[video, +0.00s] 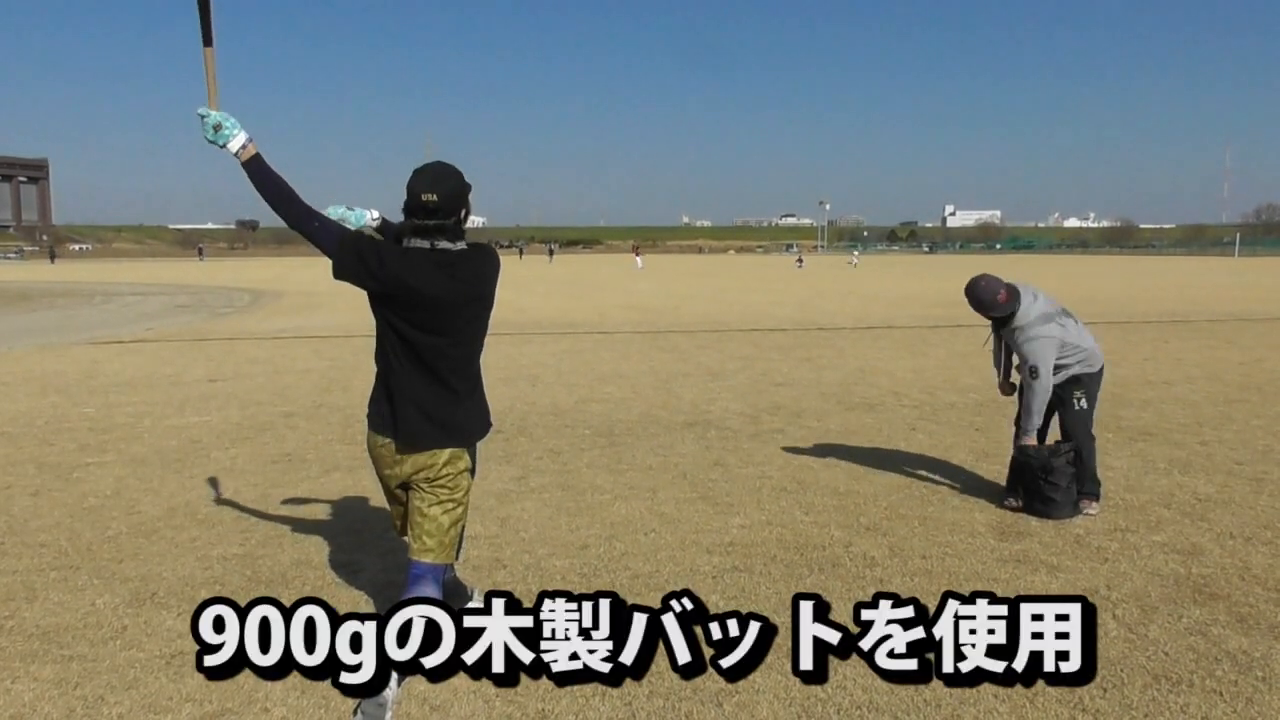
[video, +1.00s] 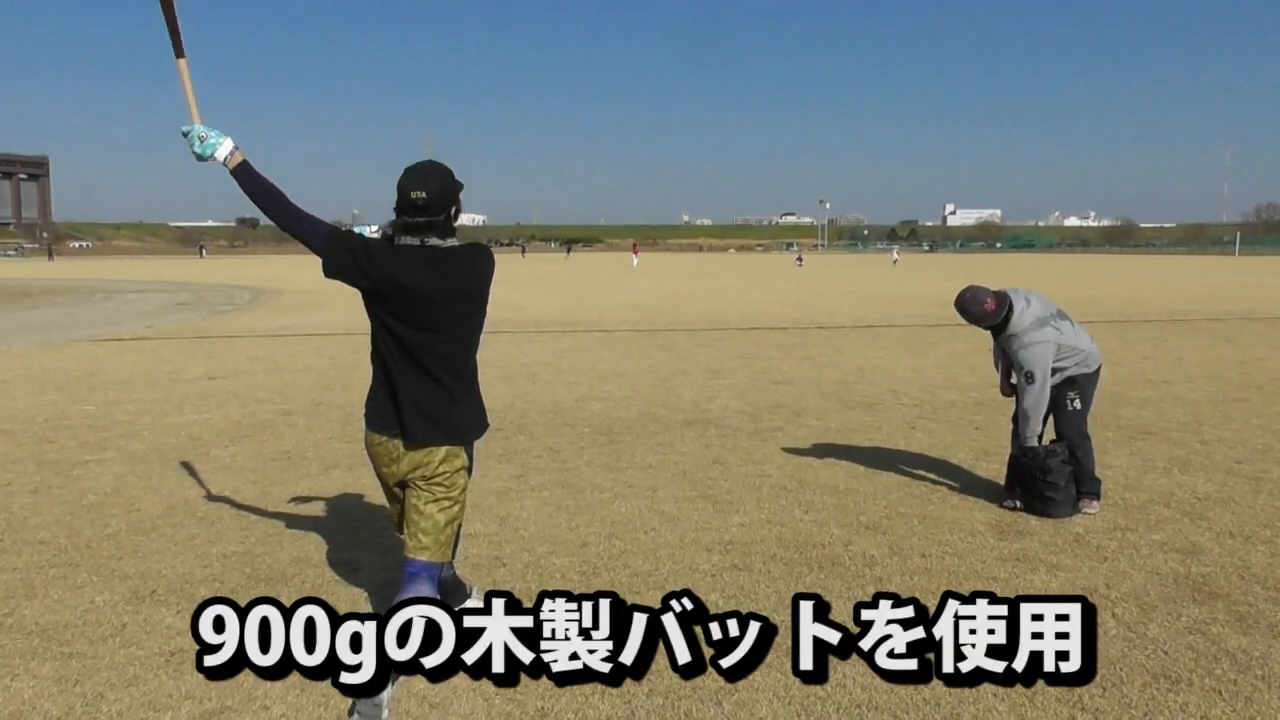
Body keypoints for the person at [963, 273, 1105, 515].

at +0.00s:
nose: (1007, 312)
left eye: (1007, 306)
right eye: (999, 311)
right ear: (986, 313)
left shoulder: (1033, 335)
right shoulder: (1003, 309)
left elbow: (1038, 386)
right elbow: (1001, 340)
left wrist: (1030, 433)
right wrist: (1003, 377)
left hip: (1080, 368)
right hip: (1040, 368)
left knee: (1076, 432)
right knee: (1027, 430)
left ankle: (1088, 495)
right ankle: (1018, 490)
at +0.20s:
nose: (976, 321)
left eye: (975, 318)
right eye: (974, 317)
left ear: (981, 317)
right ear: (992, 294)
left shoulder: (1024, 341)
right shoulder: (1007, 298)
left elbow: (1033, 396)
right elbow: (1007, 346)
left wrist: (1028, 438)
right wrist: (1012, 378)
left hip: (1082, 368)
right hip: (1049, 368)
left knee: (1073, 432)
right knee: (1029, 432)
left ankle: (1089, 493)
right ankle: (1018, 490)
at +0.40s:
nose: (976, 326)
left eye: (974, 322)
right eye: (973, 322)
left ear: (979, 320)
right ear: (987, 298)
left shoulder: (1023, 345)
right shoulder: (1000, 303)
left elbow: (1037, 400)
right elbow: (1002, 346)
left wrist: (1036, 446)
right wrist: (1009, 379)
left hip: (1081, 368)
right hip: (1044, 368)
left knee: (1070, 431)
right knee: (1026, 428)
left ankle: (1088, 494)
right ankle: (1017, 490)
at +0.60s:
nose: (976, 325)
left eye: (974, 321)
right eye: (974, 321)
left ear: (979, 320)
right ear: (988, 297)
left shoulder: (1026, 342)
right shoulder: (1001, 303)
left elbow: (1039, 396)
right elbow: (1002, 346)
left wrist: (1033, 441)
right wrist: (1006, 379)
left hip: (1078, 366)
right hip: (1041, 367)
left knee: (1071, 430)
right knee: (1023, 426)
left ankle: (1088, 493)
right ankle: (1017, 490)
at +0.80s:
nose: (981, 328)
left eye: (979, 324)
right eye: (979, 324)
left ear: (984, 323)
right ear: (991, 299)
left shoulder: (1029, 345)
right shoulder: (1002, 304)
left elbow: (1033, 398)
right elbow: (1001, 345)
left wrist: (1028, 441)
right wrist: (1005, 379)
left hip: (1078, 367)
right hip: (1041, 367)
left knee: (1071, 431)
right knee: (1023, 427)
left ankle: (1089, 493)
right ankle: (1017, 491)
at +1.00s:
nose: (980, 327)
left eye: (978, 323)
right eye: (978, 323)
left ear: (985, 322)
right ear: (992, 296)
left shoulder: (1030, 345)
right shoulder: (1004, 303)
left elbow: (1034, 399)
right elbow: (1002, 344)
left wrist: (1029, 443)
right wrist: (1004, 378)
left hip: (1077, 366)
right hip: (1040, 366)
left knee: (1070, 430)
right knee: (1023, 425)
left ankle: (1088, 492)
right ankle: (1016, 490)